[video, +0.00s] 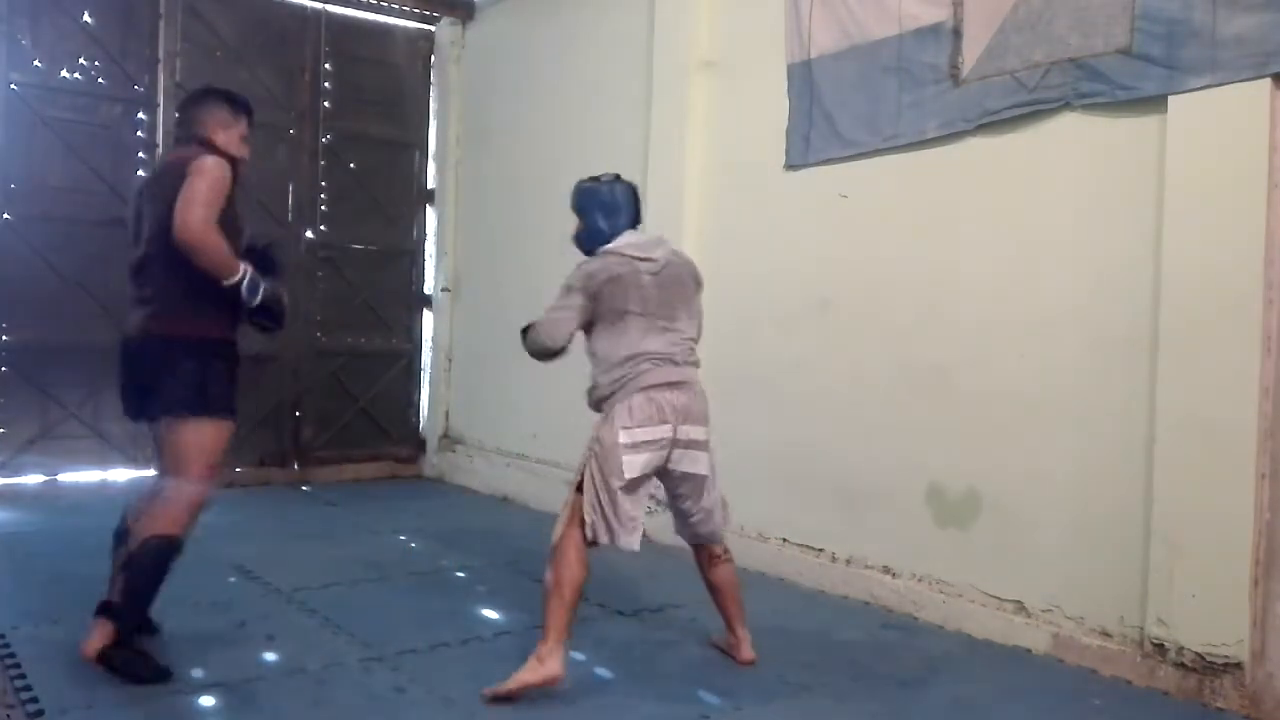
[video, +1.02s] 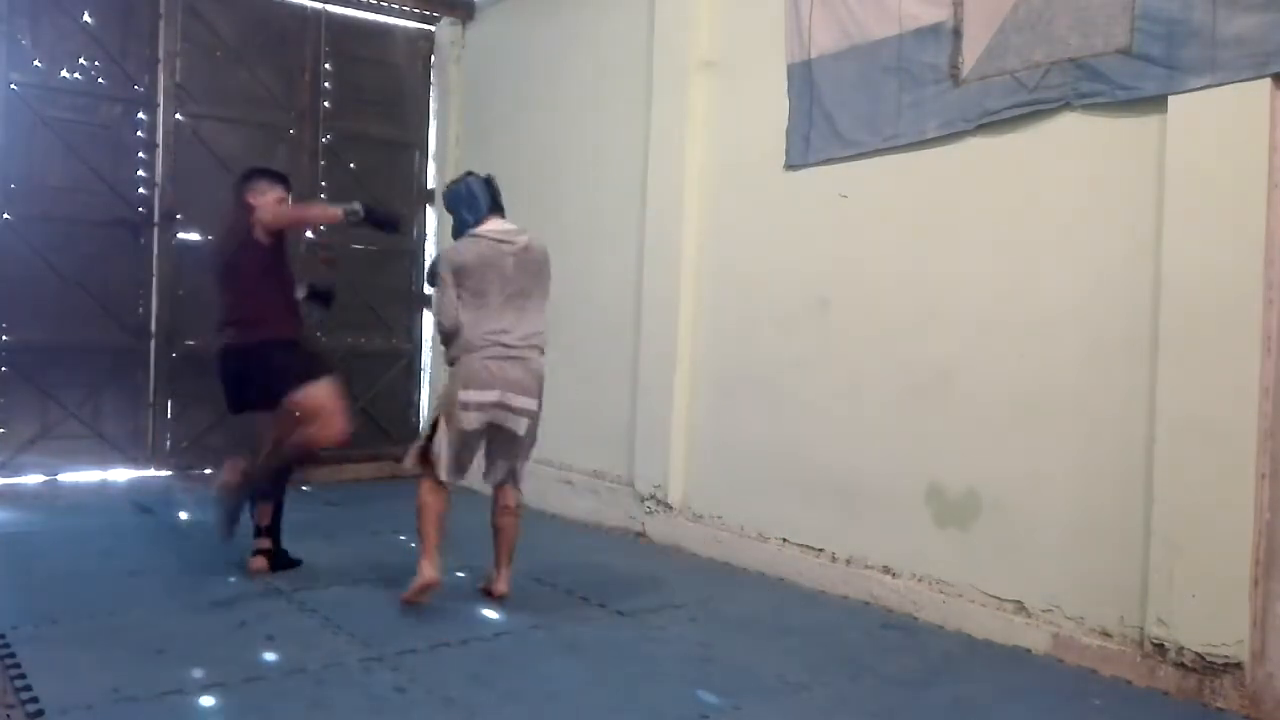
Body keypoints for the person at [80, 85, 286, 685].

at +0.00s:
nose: (246, 142)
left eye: (246, 132)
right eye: (241, 130)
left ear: (193, 128)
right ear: (216, 126)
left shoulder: (164, 171)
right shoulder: (211, 165)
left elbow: (164, 252)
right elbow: (193, 227)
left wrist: (241, 259)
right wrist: (248, 281)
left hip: (156, 341)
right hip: (194, 345)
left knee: (175, 479)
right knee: (192, 482)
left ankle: (120, 604)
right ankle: (115, 627)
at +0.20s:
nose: (237, 205)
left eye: (238, 195)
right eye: (228, 195)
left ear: (193, 195)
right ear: (197, 192)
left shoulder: (161, 231)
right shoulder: (190, 240)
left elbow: (150, 314)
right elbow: (155, 310)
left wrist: (218, 345)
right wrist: (227, 344)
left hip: (141, 392)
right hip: (172, 396)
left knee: (150, 498)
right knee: (178, 519)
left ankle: (95, 603)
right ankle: (106, 646)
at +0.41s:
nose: (239, 171)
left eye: (241, 162)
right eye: (231, 161)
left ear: (205, 161)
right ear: (201, 157)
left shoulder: (191, 203)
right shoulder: (188, 204)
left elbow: (181, 276)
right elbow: (154, 273)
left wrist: (234, 295)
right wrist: (222, 298)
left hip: (173, 355)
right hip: (184, 358)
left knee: (179, 472)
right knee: (196, 474)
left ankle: (120, 578)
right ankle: (127, 590)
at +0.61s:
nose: (252, 194)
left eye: (252, 184)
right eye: (245, 184)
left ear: (217, 182)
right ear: (214, 178)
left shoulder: (194, 217)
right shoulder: (205, 220)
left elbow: (203, 297)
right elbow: (212, 291)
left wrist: (252, 313)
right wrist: (279, 302)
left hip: (207, 366)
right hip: (192, 369)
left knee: (224, 455)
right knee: (172, 477)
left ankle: (235, 556)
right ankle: (107, 599)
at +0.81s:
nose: (266, 208)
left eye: (267, 199)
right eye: (260, 198)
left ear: (232, 199)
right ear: (230, 194)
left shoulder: (213, 233)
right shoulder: (226, 234)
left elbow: (222, 308)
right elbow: (253, 296)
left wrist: (263, 322)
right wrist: (317, 290)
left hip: (220, 374)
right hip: (215, 377)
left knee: (258, 445)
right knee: (177, 478)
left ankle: (264, 553)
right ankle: (114, 595)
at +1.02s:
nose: (287, 207)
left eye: (287, 200)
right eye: (279, 198)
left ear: (254, 202)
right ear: (252, 197)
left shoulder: (239, 237)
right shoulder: (257, 221)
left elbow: (258, 291)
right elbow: (300, 215)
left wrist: (303, 293)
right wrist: (357, 211)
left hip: (248, 352)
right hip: (272, 349)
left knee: (274, 447)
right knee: (332, 425)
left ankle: (266, 547)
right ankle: (248, 479)